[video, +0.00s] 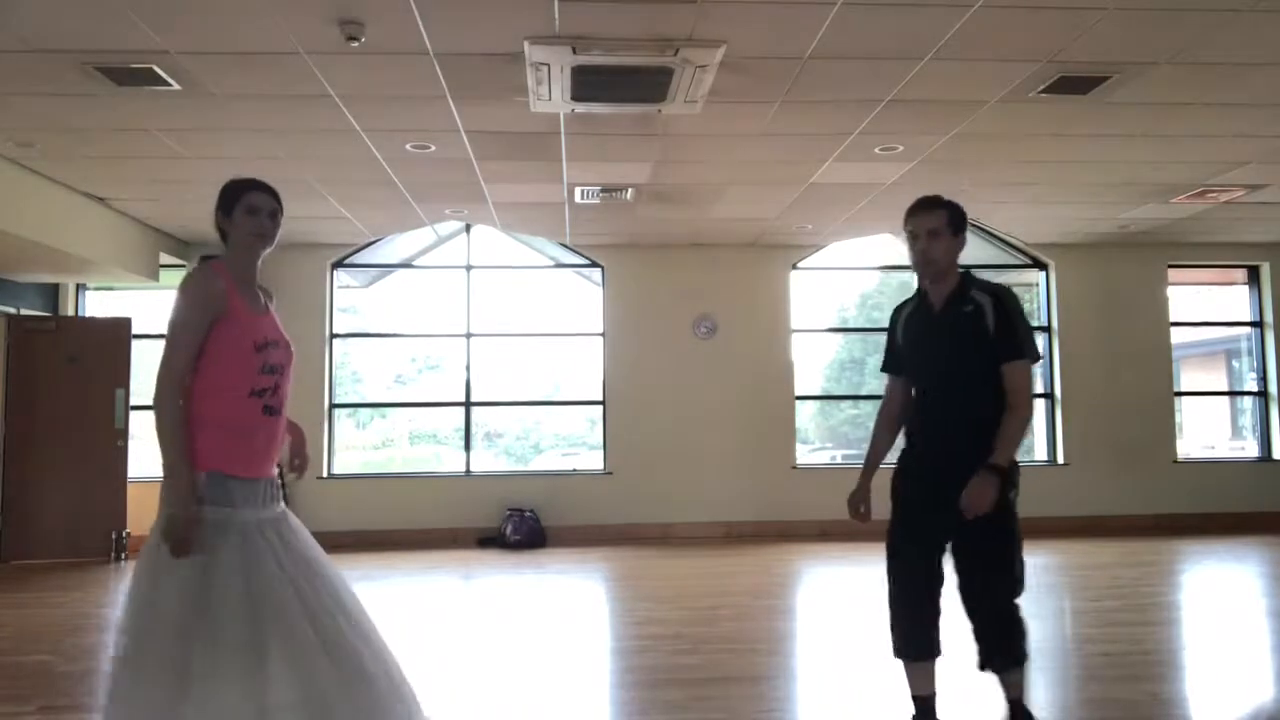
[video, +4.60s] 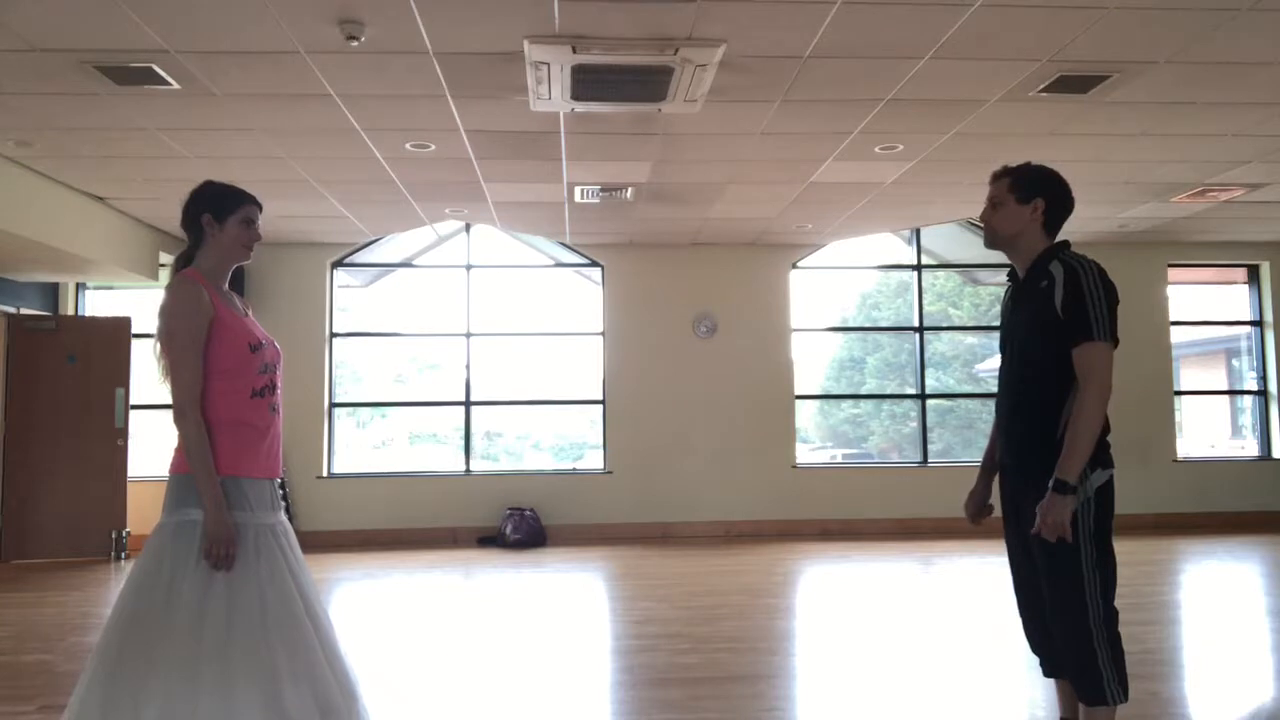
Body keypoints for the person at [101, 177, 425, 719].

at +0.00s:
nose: (265, 223)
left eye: (273, 216)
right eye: (252, 212)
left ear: (279, 229)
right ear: (224, 220)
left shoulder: (262, 297)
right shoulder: (207, 284)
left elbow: (240, 390)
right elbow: (169, 387)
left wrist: (288, 427)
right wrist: (178, 489)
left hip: (261, 498)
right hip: (213, 498)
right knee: (213, 655)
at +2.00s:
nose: (263, 225)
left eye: (261, 215)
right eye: (253, 215)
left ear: (224, 220)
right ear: (218, 218)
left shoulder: (235, 295)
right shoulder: (196, 286)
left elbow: (245, 401)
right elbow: (187, 402)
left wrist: (280, 483)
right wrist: (216, 505)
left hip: (256, 492)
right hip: (221, 493)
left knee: (263, 647)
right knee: (224, 649)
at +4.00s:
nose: (255, 235)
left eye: (256, 226)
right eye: (246, 223)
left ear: (219, 228)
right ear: (208, 223)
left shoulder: (229, 298)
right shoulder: (186, 291)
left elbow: (244, 405)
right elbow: (184, 407)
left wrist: (271, 497)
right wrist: (212, 507)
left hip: (253, 497)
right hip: (216, 498)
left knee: (257, 653)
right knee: (218, 655)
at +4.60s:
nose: (258, 235)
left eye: (258, 226)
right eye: (248, 223)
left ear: (217, 228)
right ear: (209, 224)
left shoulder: (230, 300)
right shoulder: (189, 293)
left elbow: (239, 405)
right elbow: (186, 408)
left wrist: (270, 494)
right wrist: (214, 508)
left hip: (256, 497)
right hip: (219, 499)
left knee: (260, 655)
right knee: (220, 658)